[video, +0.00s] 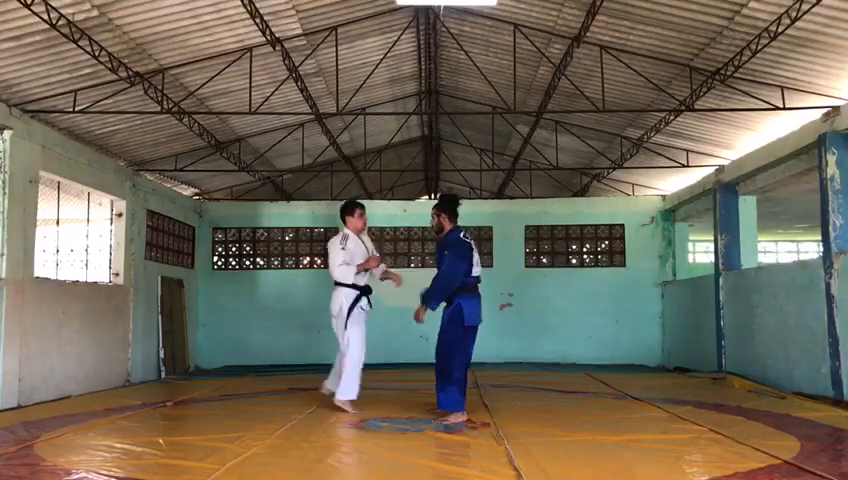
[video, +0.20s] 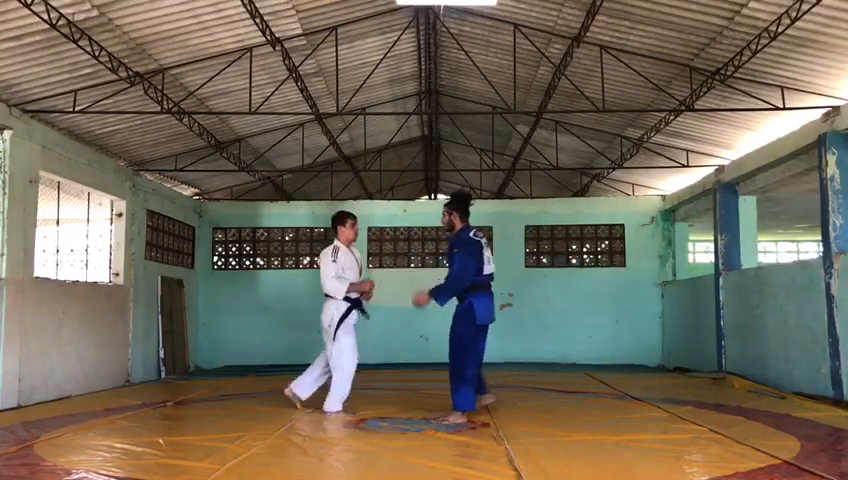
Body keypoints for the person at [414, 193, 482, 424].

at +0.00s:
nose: (432, 222)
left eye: (433, 217)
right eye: (433, 217)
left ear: (440, 217)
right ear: (452, 216)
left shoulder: (453, 241)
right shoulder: (461, 238)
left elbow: (448, 277)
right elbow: (448, 276)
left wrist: (426, 303)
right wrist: (427, 297)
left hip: (460, 301)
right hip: (466, 298)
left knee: (449, 353)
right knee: (454, 353)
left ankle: (456, 409)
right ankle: (454, 405)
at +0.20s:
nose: (442, 219)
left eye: (445, 214)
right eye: (443, 214)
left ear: (454, 216)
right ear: (461, 216)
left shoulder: (462, 241)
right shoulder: (475, 238)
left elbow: (460, 277)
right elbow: (465, 275)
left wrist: (431, 295)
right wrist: (438, 290)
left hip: (471, 302)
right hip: (483, 299)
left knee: (460, 352)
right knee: (471, 350)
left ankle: (460, 410)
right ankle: (483, 393)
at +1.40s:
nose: (447, 236)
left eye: (449, 231)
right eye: (447, 231)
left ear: (459, 232)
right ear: (464, 231)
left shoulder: (486, 254)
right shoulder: (462, 256)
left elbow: (477, 288)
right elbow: (451, 277)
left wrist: (447, 276)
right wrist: (424, 277)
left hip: (504, 307)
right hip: (484, 307)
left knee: (508, 351)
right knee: (468, 351)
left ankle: (540, 398)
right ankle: (464, 405)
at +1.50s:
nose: (444, 233)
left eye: (445, 228)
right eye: (443, 228)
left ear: (453, 228)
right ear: (458, 227)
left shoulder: (481, 249)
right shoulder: (457, 251)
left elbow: (477, 283)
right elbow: (438, 266)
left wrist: (447, 276)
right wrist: (413, 268)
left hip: (501, 305)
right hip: (481, 305)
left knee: (504, 353)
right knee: (470, 352)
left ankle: (520, 406)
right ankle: (465, 405)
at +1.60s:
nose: (442, 231)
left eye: (443, 226)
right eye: (442, 226)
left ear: (451, 226)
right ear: (458, 225)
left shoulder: (479, 248)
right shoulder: (452, 249)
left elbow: (473, 281)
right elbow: (427, 257)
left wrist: (444, 274)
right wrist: (398, 261)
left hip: (498, 305)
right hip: (479, 305)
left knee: (498, 355)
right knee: (467, 351)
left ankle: (503, 412)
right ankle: (466, 405)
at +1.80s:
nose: (435, 224)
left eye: (436, 220)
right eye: (436, 220)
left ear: (443, 220)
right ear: (453, 220)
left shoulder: (472, 248)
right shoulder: (442, 243)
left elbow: (468, 283)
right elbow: (416, 239)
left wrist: (439, 281)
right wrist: (389, 235)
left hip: (485, 304)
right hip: (465, 304)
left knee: (489, 355)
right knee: (457, 352)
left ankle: (501, 410)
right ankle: (462, 404)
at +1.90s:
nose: (430, 222)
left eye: (431, 218)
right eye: (431, 218)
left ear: (438, 219)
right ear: (447, 218)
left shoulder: (466, 246)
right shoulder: (438, 240)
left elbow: (467, 281)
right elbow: (411, 234)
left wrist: (437, 283)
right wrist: (384, 230)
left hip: (476, 303)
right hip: (458, 303)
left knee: (474, 352)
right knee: (452, 352)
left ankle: (490, 403)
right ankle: (461, 403)